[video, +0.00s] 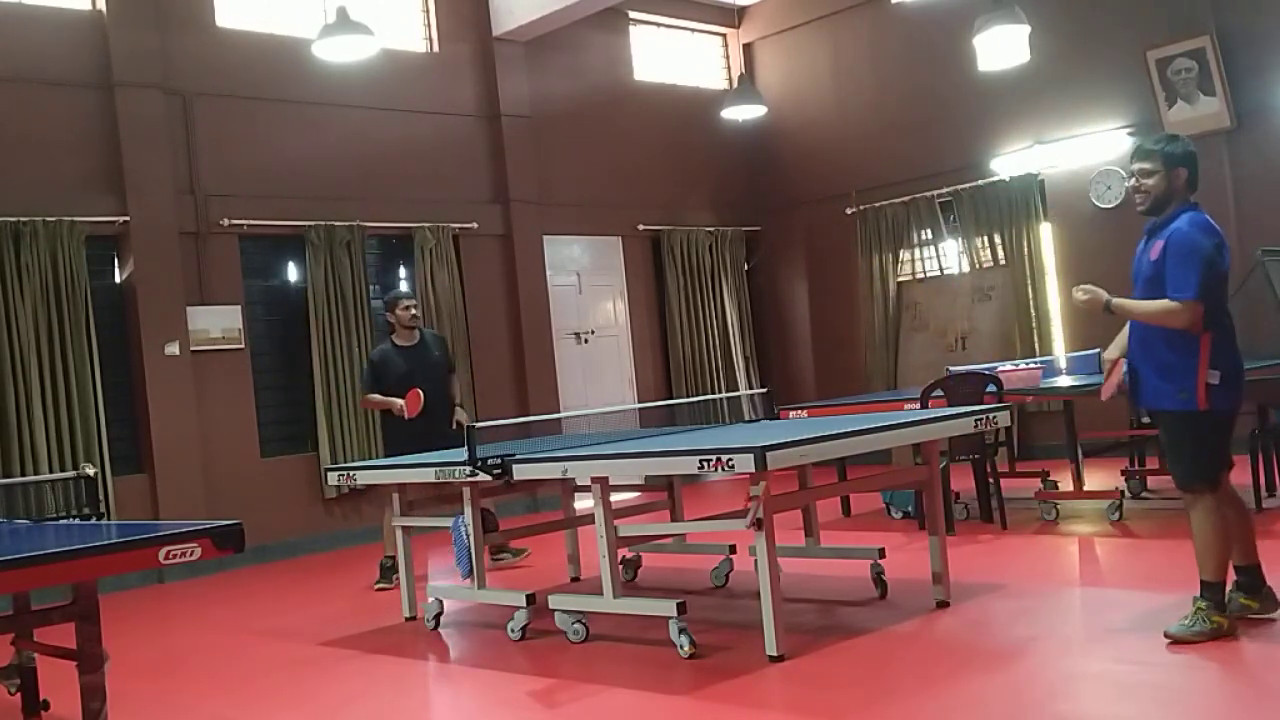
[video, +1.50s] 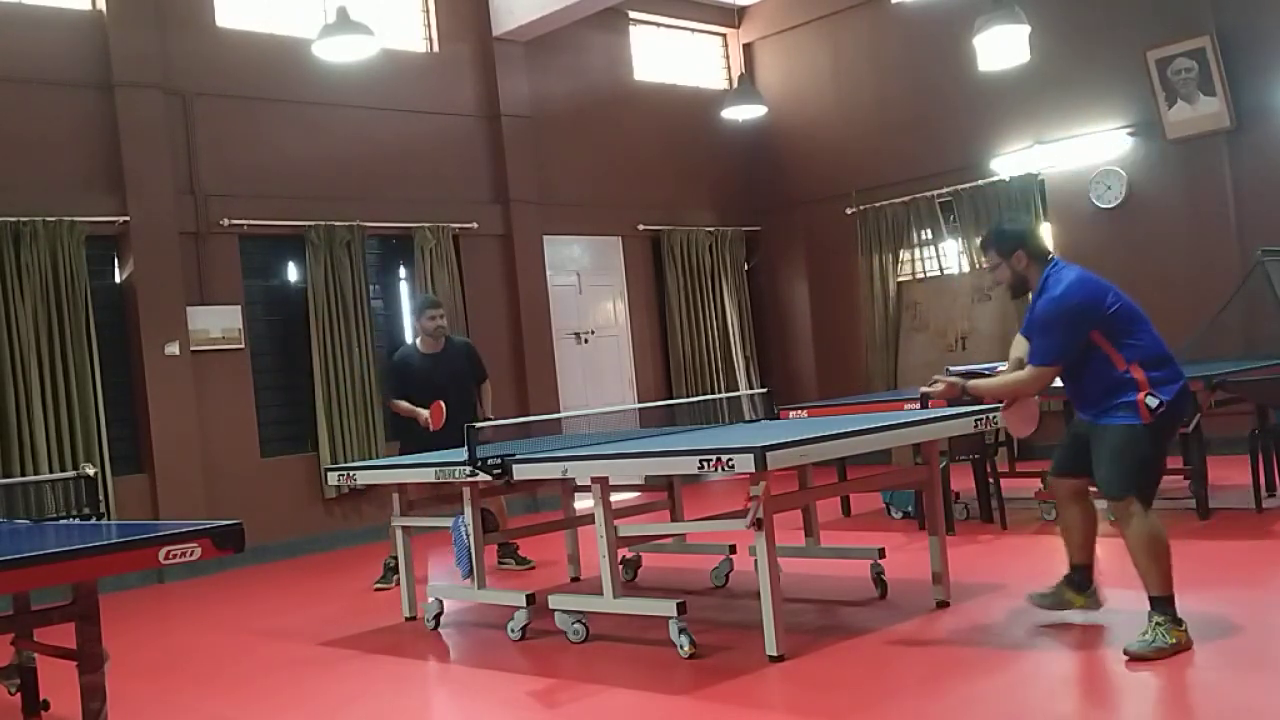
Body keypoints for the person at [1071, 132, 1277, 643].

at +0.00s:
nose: (1135, 185)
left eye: (1145, 175)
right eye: (1132, 177)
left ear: (1180, 177)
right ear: (1135, 181)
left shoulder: (1190, 233)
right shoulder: (1159, 231)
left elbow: (1188, 315)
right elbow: (1155, 303)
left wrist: (1112, 303)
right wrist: (1118, 346)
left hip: (1197, 391)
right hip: (1181, 389)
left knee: (1198, 492)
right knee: (1217, 487)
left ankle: (1212, 608)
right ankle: (1254, 589)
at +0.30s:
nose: (1118, 187)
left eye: (1129, 178)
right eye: (1116, 179)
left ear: (1165, 180)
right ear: (1123, 182)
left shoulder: (1174, 237)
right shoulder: (1147, 233)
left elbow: (1167, 321)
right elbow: (1152, 307)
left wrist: (1085, 310)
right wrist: (1117, 341)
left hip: (1187, 393)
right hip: (1149, 392)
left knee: (1198, 490)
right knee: (1144, 478)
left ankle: (1212, 604)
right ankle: (1219, 567)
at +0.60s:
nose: (1091, 195)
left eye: (1101, 185)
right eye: (1088, 187)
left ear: (1135, 185)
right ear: (1096, 189)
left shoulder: (1148, 240)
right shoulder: (1117, 240)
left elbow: (1147, 321)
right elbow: (1127, 311)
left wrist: (1070, 317)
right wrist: (1090, 346)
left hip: (1178, 397)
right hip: (1136, 398)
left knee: (1200, 494)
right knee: (1144, 491)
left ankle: (1214, 607)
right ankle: (1141, 596)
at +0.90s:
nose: (1043, 218)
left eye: (1051, 207)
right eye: (1038, 211)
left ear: (1082, 201)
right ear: (1040, 215)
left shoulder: (1114, 247)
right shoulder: (1062, 270)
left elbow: (1118, 323)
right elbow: (1045, 327)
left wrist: (1045, 331)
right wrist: (1037, 375)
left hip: (1155, 384)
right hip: (1110, 395)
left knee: (1143, 481)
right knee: (1116, 490)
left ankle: (1197, 593)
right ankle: (1138, 598)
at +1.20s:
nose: (1014, 242)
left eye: (1017, 231)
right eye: (1011, 233)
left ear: (1044, 221)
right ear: (1041, 226)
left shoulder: (1092, 262)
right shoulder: (1047, 274)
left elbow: (1083, 344)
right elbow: (1028, 327)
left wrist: (1012, 352)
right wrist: (1017, 361)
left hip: (1139, 395)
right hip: (1095, 402)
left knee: (1141, 495)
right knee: (1096, 493)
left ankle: (1169, 613)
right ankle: (1135, 598)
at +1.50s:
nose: (993, 278)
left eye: (995, 267)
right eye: (990, 270)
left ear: (1020, 258)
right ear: (1020, 260)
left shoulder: (1064, 295)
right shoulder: (1045, 292)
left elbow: (1035, 380)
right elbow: (1025, 340)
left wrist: (963, 387)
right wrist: (1012, 370)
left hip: (1142, 399)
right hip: (1103, 403)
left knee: (1124, 500)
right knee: (1065, 481)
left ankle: (1167, 622)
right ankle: (1079, 586)